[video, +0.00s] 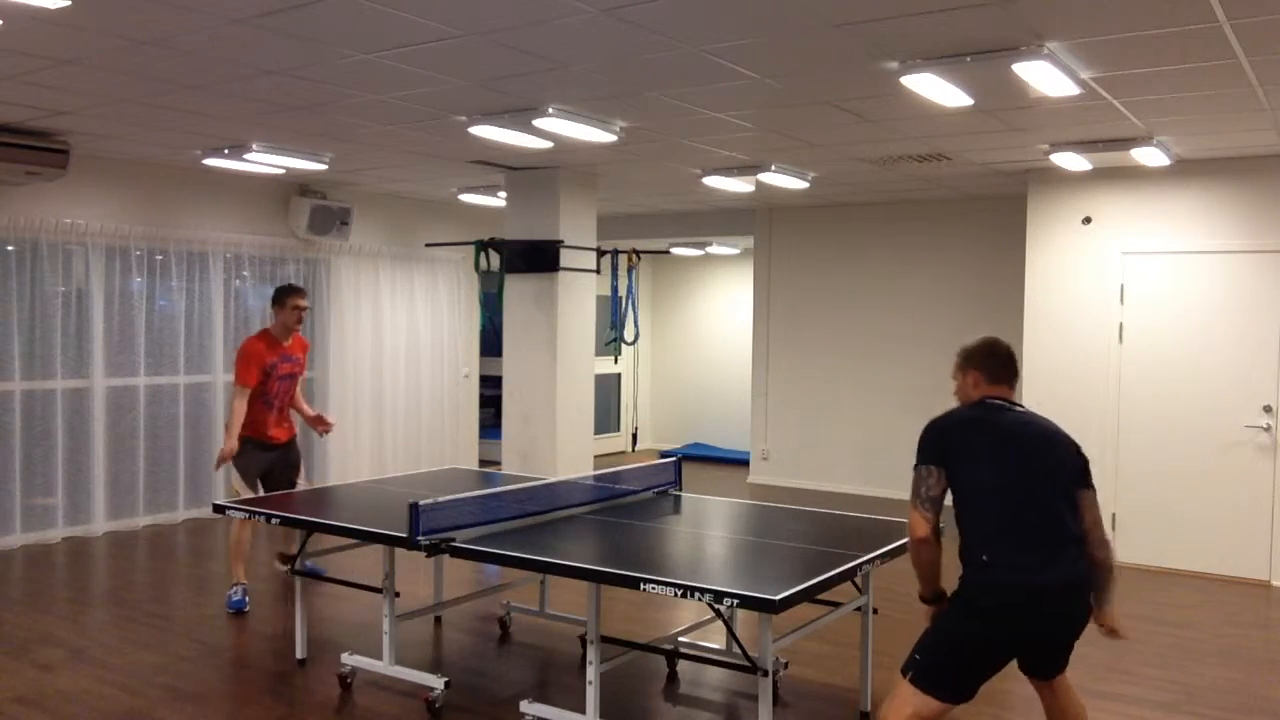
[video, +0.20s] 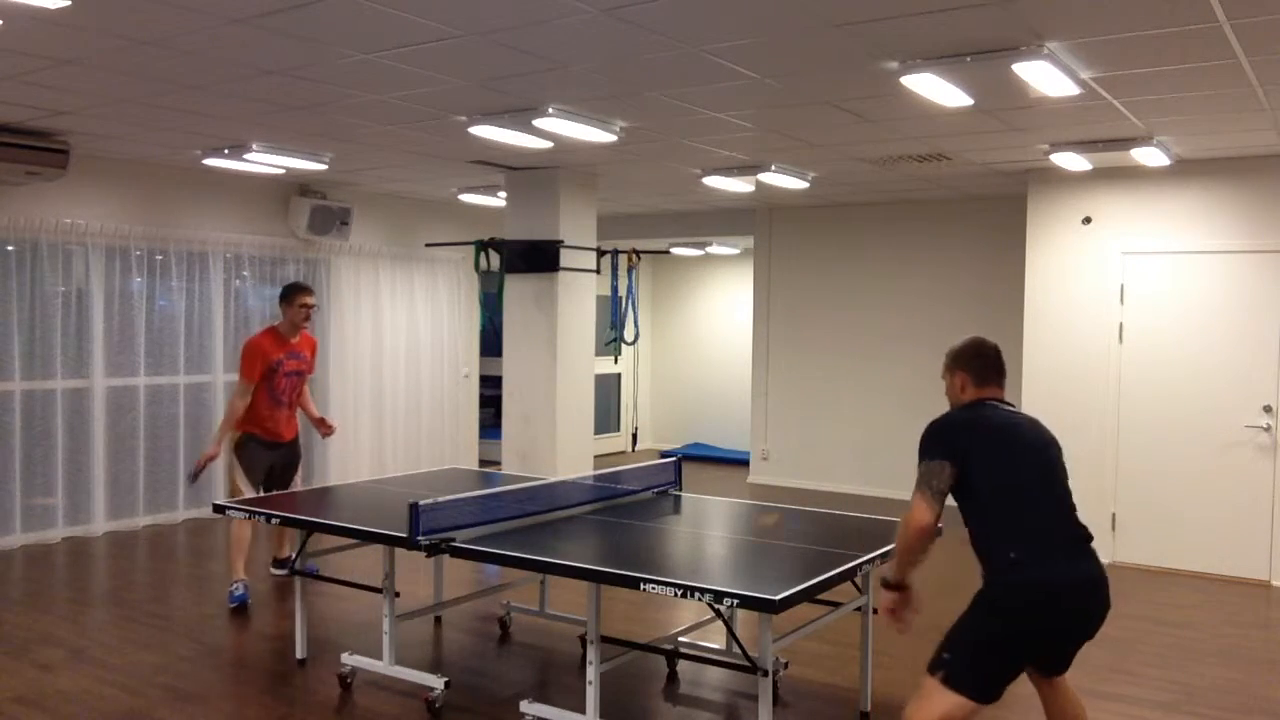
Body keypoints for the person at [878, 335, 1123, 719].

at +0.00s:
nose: (955, 391)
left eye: (957, 380)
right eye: (956, 380)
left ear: (973, 377)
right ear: (1012, 382)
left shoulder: (946, 430)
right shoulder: (1059, 440)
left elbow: (922, 533)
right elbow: (1096, 538)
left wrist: (933, 597)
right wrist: (1103, 604)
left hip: (993, 595)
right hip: (1068, 594)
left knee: (905, 708)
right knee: (1049, 674)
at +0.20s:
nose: (946, 391)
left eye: (947, 380)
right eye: (946, 381)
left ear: (960, 379)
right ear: (1000, 381)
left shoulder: (949, 428)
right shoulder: (1035, 429)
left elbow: (923, 522)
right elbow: (1050, 512)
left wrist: (897, 579)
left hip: (1019, 593)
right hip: (1087, 587)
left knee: (930, 708)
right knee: (1047, 672)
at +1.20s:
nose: (929, 380)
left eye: (933, 370)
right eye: (930, 371)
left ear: (956, 369)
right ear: (984, 371)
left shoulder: (940, 417)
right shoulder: (1034, 425)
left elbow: (925, 514)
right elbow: (1072, 520)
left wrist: (919, 558)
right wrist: (1055, 568)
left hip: (996, 577)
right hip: (1057, 577)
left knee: (924, 704)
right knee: (1003, 654)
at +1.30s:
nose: (932, 383)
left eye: (935, 372)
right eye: (932, 373)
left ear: (957, 373)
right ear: (987, 375)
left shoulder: (937, 418)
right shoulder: (1036, 430)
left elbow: (921, 517)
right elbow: (1071, 534)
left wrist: (919, 565)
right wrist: (1048, 581)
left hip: (989, 582)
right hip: (1051, 582)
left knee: (909, 705)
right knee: (1001, 657)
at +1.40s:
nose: (925, 377)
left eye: (928, 366)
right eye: (925, 366)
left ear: (948, 366)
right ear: (981, 368)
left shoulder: (934, 416)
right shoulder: (1023, 423)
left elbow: (923, 516)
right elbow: (1023, 507)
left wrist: (913, 560)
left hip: (987, 583)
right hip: (1047, 579)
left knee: (901, 705)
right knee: (995, 658)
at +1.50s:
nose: (910, 367)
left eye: (913, 356)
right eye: (911, 357)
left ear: (933, 356)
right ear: (960, 357)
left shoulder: (935, 413)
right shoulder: (995, 407)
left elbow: (935, 520)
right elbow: (973, 488)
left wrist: (904, 556)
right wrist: (900, 468)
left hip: (998, 587)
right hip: (1047, 580)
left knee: (896, 708)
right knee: (986, 655)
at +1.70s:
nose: (871, 370)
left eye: (873, 360)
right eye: (871, 360)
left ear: (894, 364)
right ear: (923, 358)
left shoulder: (925, 426)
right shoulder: (953, 400)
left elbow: (955, 544)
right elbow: (906, 415)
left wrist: (901, 577)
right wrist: (847, 390)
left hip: (1011, 590)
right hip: (1044, 577)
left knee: (898, 708)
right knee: (988, 662)